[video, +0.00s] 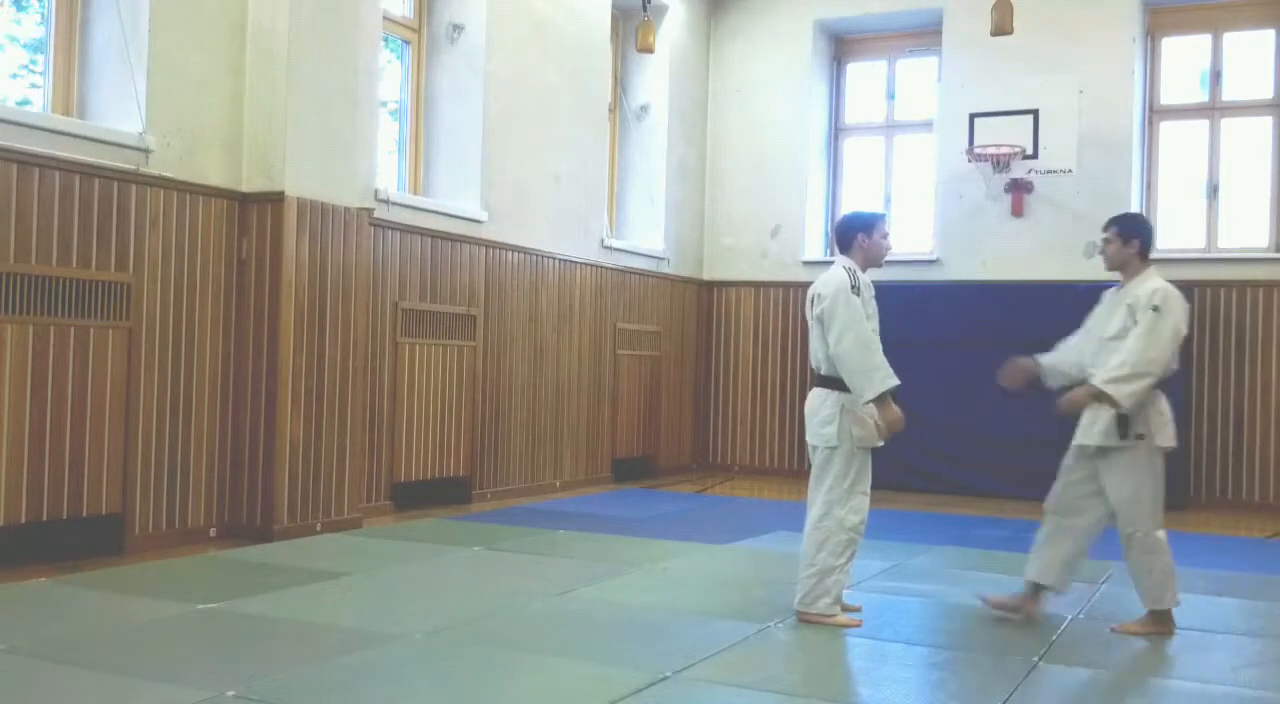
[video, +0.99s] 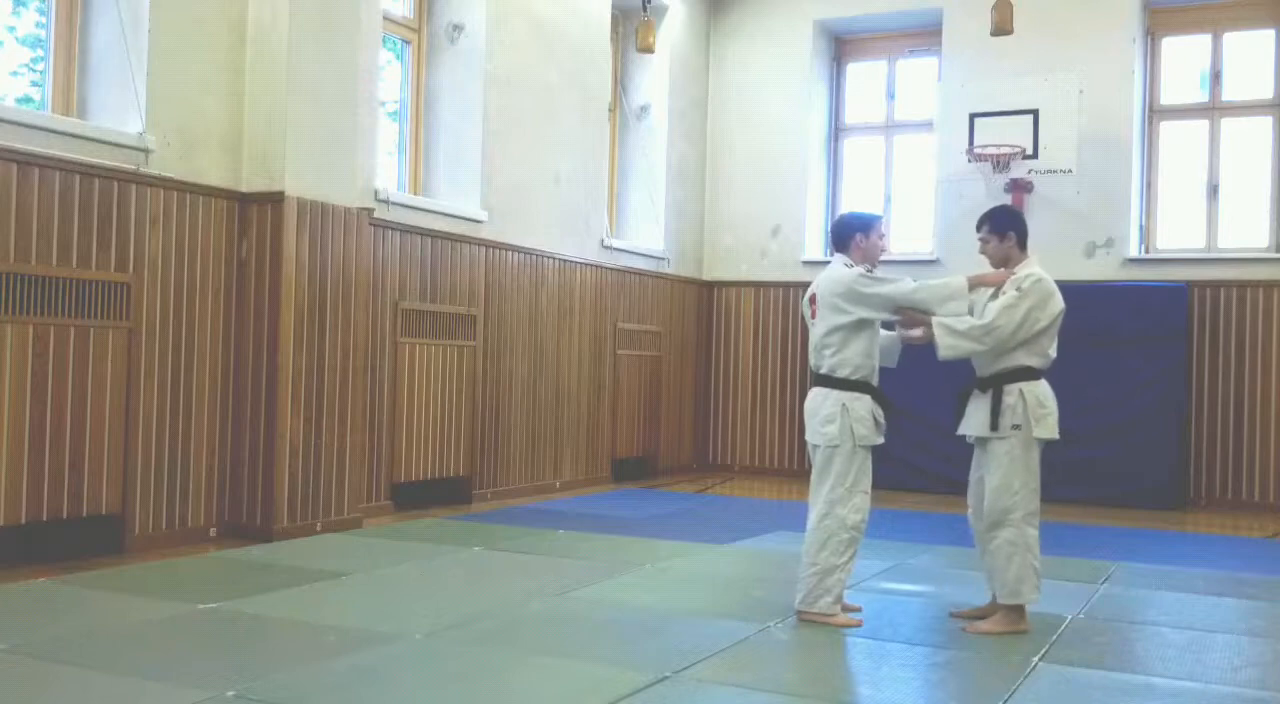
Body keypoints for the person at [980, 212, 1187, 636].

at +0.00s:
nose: (1102, 249)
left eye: (1109, 242)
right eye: (1103, 242)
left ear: (1135, 246)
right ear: (1124, 247)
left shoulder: (1163, 297)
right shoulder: (1113, 297)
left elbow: (1146, 359)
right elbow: (1083, 348)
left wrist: (1093, 391)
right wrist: (1037, 367)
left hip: (1134, 424)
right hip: (1095, 419)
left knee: (1139, 523)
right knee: (1065, 507)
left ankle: (1160, 614)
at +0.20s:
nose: (1063, 248)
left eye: (1070, 243)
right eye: (1064, 243)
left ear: (1095, 247)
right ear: (1081, 249)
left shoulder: (1122, 301)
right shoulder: (1058, 302)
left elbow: (1109, 361)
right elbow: (1013, 330)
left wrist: (1054, 387)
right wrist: (966, 325)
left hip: (1087, 424)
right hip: (1045, 419)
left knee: (1085, 517)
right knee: (1023, 509)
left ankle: (1138, 594)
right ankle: (1005, 600)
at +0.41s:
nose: (1022, 246)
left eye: (1029, 239)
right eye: (1022, 239)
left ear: (1054, 243)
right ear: (1045, 244)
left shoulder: (1085, 295)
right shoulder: (1022, 290)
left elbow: (1069, 358)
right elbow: (974, 311)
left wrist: (1013, 377)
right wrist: (924, 307)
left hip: (1053, 415)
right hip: (1016, 412)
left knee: (1020, 504)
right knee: (992, 501)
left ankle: (1051, 605)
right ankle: (1003, 599)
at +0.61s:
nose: (998, 248)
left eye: (1004, 240)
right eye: (997, 241)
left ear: (1030, 241)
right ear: (1021, 243)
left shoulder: (1055, 288)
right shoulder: (1012, 290)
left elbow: (1022, 341)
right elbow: (982, 323)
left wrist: (959, 352)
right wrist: (942, 346)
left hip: (1035, 408)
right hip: (1005, 406)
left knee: (1013, 506)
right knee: (987, 503)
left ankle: (1013, 608)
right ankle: (997, 599)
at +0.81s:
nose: (988, 250)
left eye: (992, 242)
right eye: (986, 243)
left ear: (1017, 240)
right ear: (1012, 242)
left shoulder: (1040, 283)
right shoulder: (1014, 285)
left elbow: (997, 330)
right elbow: (986, 325)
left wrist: (935, 329)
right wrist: (934, 325)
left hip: (1023, 405)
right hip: (998, 404)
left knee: (1010, 507)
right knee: (986, 506)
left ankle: (1014, 611)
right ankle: (999, 600)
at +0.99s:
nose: (982, 250)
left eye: (987, 242)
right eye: (980, 243)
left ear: (1011, 239)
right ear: (1006, 242)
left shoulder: (1035, 284)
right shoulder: (1006, 286)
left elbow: (993, 331)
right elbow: (980, 325)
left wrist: (931, 331)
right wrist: (929, 325)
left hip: (1017, 405)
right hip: (993, 404)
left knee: (1007, 508)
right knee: (984, 508)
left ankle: (1013, 610)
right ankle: (999, 600)